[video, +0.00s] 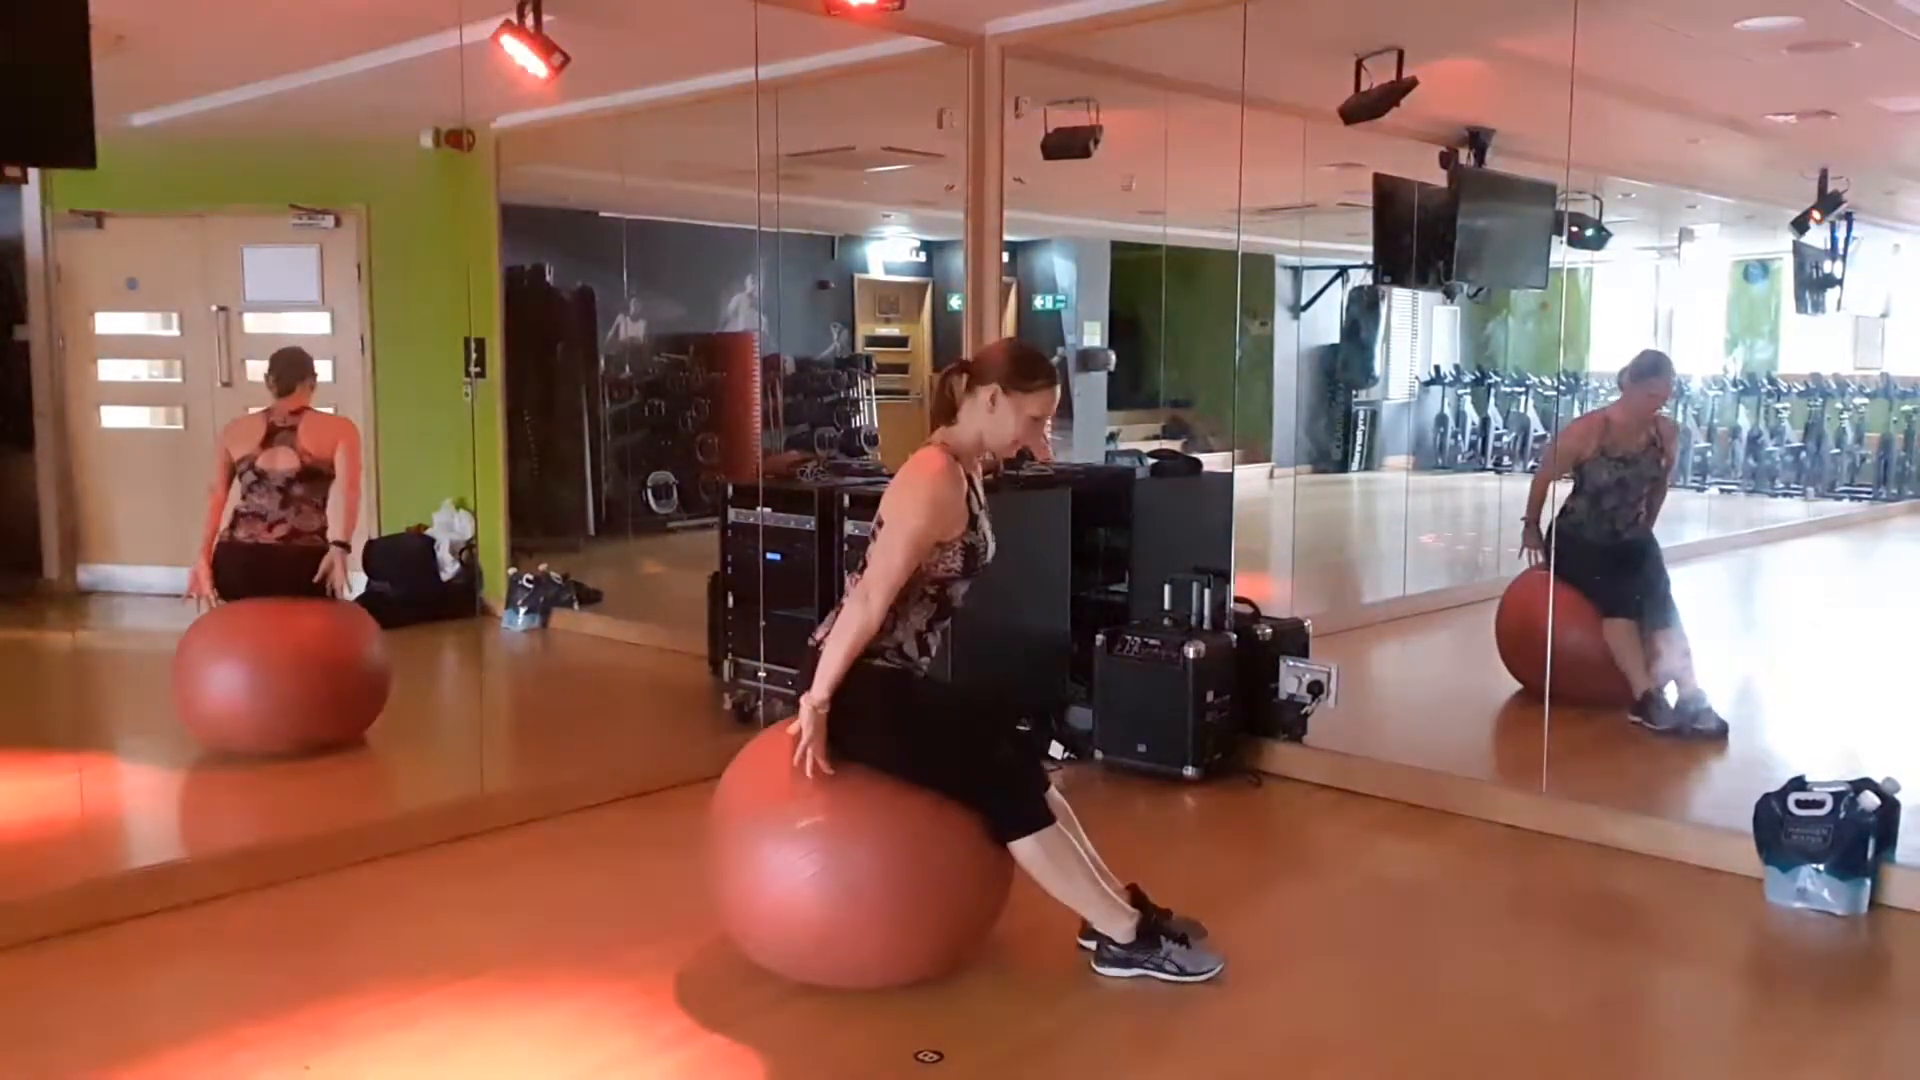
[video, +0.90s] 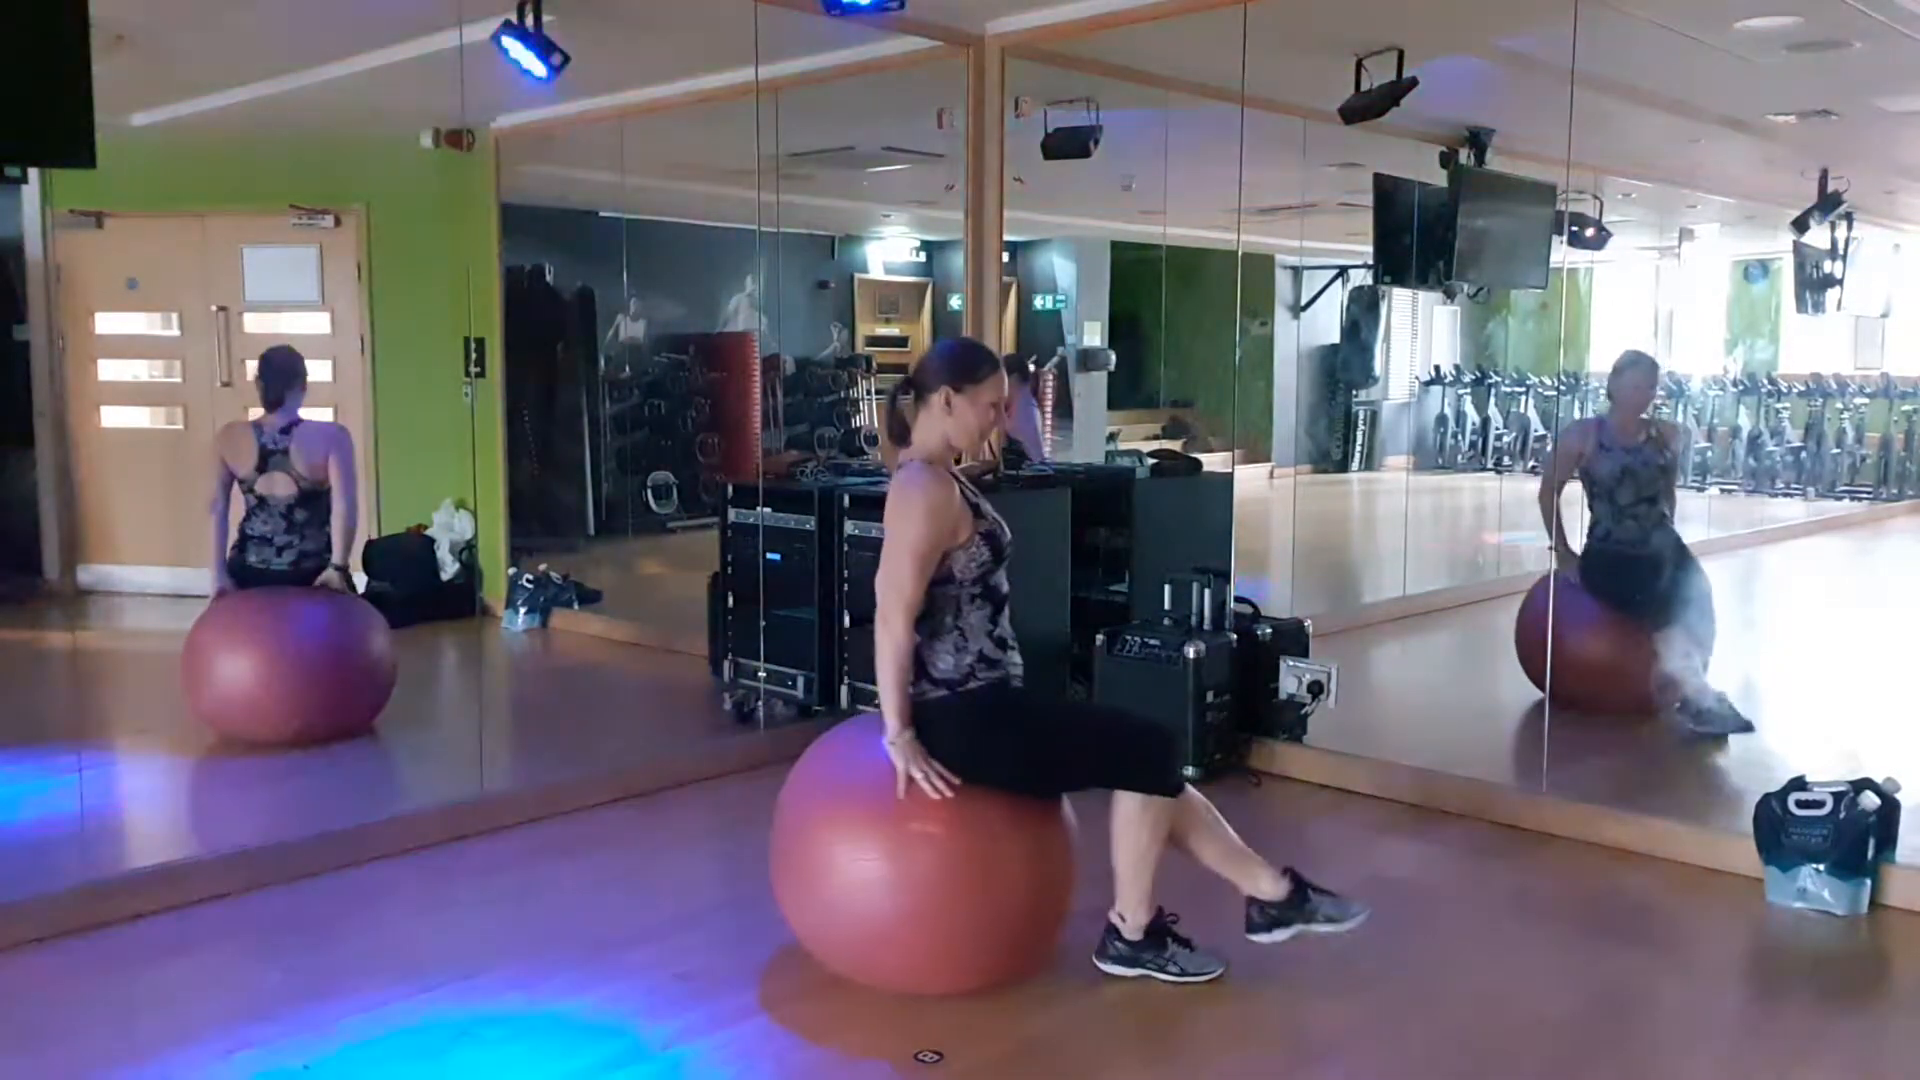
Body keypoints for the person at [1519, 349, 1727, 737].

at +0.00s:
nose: (1660, 403)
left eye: (1665, 395)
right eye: (1654, 394)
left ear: (1668, 393)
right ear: (1628, 386)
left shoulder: (1665, 432)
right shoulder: (1589, 430)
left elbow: (1660, 487)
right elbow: (1544, 473)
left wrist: (1644, 531)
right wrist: (1531, 524)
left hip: (1632, 539)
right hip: (1578, 538)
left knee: (1658, 596)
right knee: (1619, 594)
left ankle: (1690, 696)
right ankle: (1646, 697)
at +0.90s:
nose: (1646, 396)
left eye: (1651, 388)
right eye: (1638, 387)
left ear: (1655, 391)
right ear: (1613, 387)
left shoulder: (1666, 435)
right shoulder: (1581, 437)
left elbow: (1667, 494)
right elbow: (1548, 494)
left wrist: (1664, 539)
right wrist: (1562, 550)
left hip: (1660, 547)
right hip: (1608, 552)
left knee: (1697, 595)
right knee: (1668, 602)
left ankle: (1683, 685)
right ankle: (1695, 695)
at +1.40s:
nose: (1641, 413)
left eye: (1646, 406)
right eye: (1632, 405)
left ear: (1651, 412)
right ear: (1609, 408)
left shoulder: (1663, 458)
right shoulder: (1581, 460)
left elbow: (1674, 520)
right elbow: (1555, 520)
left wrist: (1686, 558)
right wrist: (1585, 569)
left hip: (1675, 566)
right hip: (1626, 573)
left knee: (1721, 573)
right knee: (1705, 599)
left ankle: (1718, 699)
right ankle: (1719, 713)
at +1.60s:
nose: (1642, 422)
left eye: (1645, 415)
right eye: (1633, 414)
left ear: (1649, 420)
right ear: (1607, 417)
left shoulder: (1665, 463)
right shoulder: (1579, 467)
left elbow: (1679, 524)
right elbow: (1560, 532)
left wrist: (1694, 561)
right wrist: (1591, 573)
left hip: (1682, 562)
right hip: (1632, 573)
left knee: (1722, 580)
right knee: (1700, 599)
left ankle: (1771, 699)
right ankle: (1714, 712)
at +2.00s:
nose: (1632, 450)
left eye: (1636, 442)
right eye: (1622, 442)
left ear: (1642, 447)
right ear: (1599, 449)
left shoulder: (1663, 486)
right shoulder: (1578, 492)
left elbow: (1682, 542)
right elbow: (1561, 553)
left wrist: (1702, 577)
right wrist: (1599, 580)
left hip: (1690, 570)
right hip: (1644, 580)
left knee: (1755, 623)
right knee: (1727, 616)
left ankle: (1811, 731)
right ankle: (1716, 713)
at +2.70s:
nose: (1626, 490)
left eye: (1630, 486)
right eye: (1615, 486)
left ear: (1638, 497)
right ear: (1596, 500)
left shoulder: (1664, 526)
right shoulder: (1586, 532)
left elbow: (1698, 558)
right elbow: (1581, 574)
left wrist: (1735, 580)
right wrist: (1613, 592)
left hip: (1700, 582)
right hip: (1657, 588)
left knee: (1787, 623)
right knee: (1746, 592)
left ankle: (1819, 745)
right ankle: (1760, 710)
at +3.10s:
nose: (1633, 492)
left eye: (1636, 489)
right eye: (1620, 491)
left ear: (1644, 503)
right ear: (1603, 510)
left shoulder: (1673, 526)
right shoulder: (1596, 534)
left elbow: (1708, 556)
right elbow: (1594, 575)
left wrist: (1743, 577)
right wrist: (1622, 597)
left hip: (1719, 581)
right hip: (1676, 590)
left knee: (1801, 622)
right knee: (1742, 620)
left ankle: (1826, 742)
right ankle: (1784, 716)